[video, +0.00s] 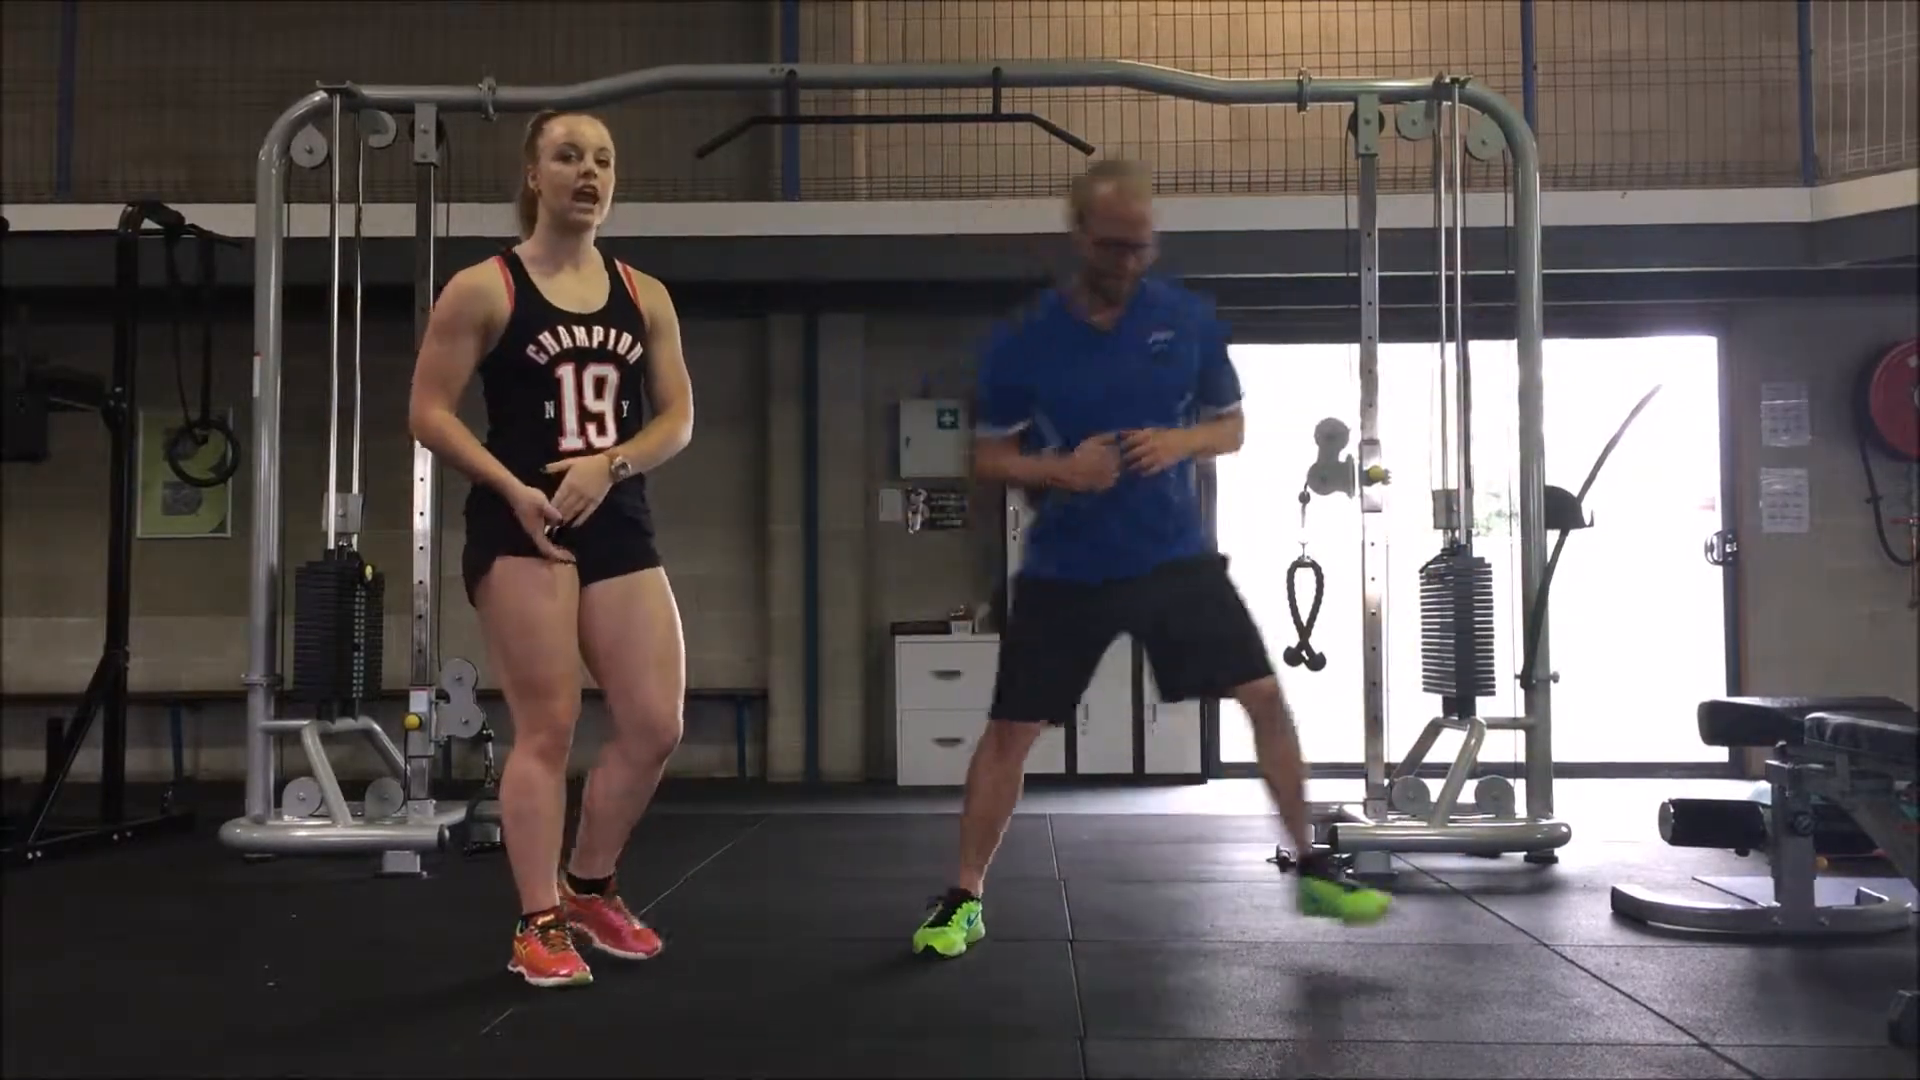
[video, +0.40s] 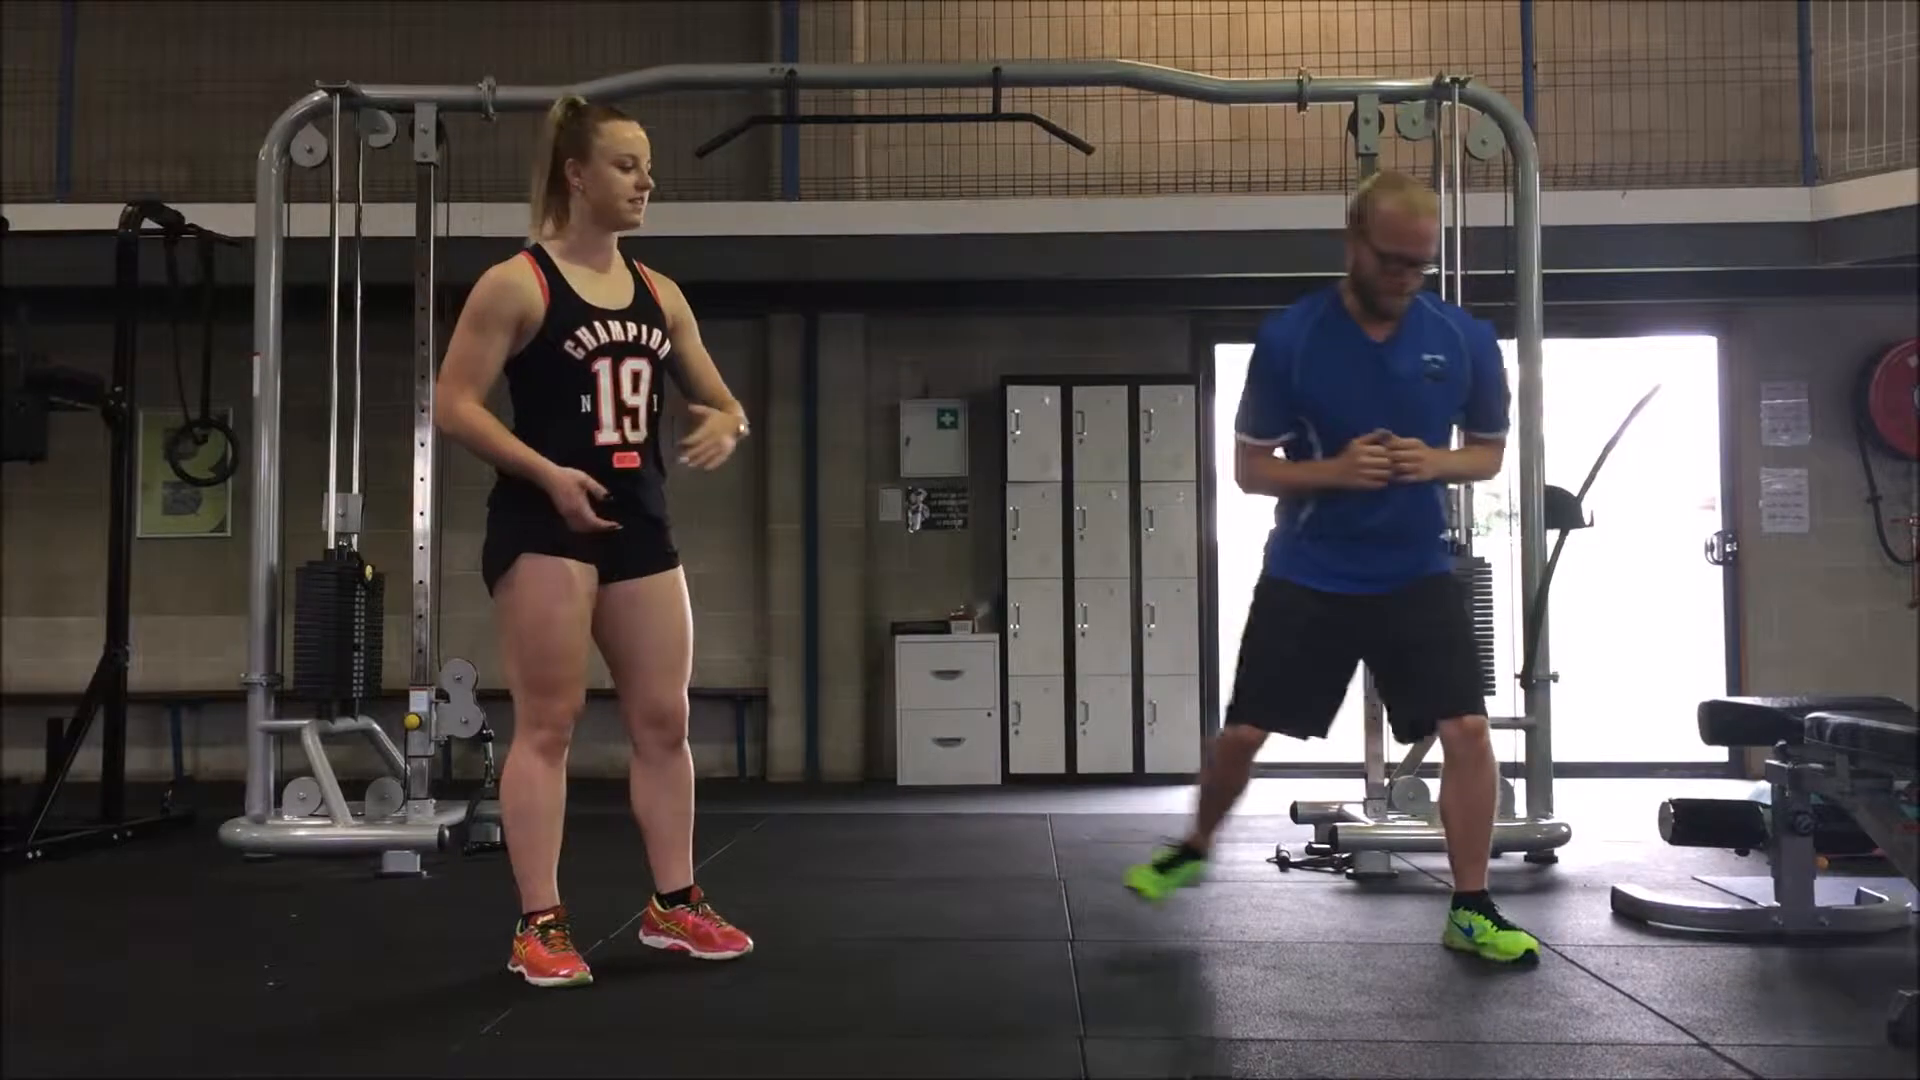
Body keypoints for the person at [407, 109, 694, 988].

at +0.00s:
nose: (588, 172)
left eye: (601, 161)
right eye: (569, 157)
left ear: (615, 185)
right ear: (531, 177)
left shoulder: (644, 296)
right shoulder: (483, 289)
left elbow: (677, 418)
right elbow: (428, 413)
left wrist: (610, 464)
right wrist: (512, 487)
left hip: (619, 526)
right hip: (521, 527)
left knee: (653, 722)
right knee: (544, 726)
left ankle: (587, 890)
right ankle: (539, 925)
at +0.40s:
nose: (644, 182)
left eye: (647, 169)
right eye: (627, 166)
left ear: (633, 183)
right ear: (574, 173)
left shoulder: (660, 293)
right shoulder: (514, 285)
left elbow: (717, 404)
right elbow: (453, 404)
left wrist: (727, 423)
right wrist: (545, 471)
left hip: (641, 530)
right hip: (546, 527)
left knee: (664, 723)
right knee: (546, 725)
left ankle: (674, 904)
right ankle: (540, 926)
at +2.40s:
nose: (631, 183)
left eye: (643, 169)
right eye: (611, 169)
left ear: (658, 187)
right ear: (576, 186)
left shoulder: (684, 303)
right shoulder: (531, 297)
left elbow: (724, 419)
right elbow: (481, 417)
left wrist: (702, 514)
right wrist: (566, 479)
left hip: (655, 533)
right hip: (553, 531)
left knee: (684, 726)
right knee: (546, 726)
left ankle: (674, 907)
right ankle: (538, 925)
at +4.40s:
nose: (640, 201)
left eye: (643, 187)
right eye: (624, 186)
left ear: (631, 196)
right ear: (570, 189)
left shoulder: (655, 303)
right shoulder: (502, 299)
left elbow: (686, 417)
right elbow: (459, 420)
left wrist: (664, 437)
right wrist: (575, 436)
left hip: (625, 528)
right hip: (532, 525)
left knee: (678, 720)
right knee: (544, 720)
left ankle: (674, 906)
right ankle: (538, 924)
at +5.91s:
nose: (600, 180)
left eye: (613, 169)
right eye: (581, 167)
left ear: (627, 189)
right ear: (546, 184)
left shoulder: (659, 301)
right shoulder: (508, 299)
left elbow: (691, 414)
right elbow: (499, 422)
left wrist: (672, 446)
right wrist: (546, 493)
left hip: (625, 520)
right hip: (531, 520)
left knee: (674, 725)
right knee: (548, 726)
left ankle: (673, 906)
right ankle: (539, 926)